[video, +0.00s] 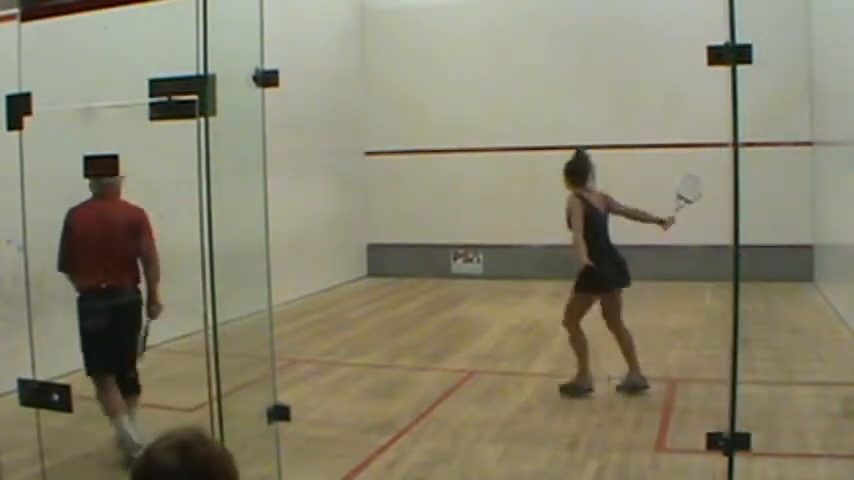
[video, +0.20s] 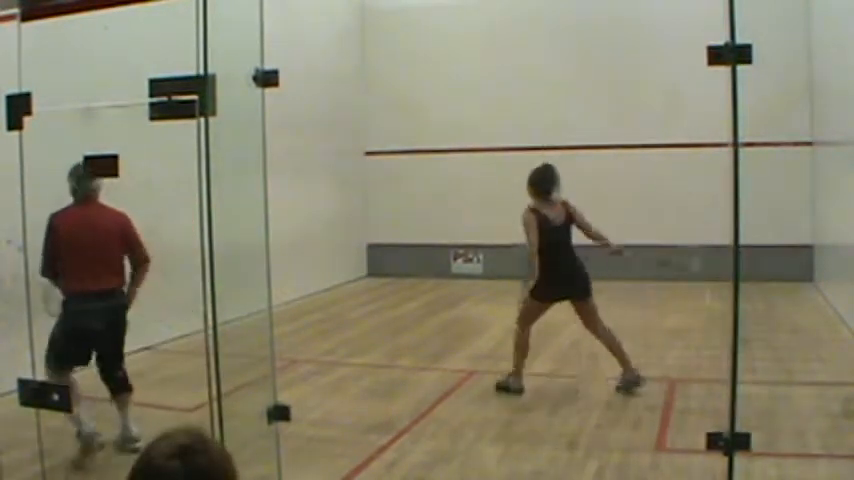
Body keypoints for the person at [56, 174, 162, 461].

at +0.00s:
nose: (116, 186)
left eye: (102, 182)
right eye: (117, 182)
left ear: (92, 185)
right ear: (118, 184)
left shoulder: (76, 215)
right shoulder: (135, 214)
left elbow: (66, 264)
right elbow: (150, 258)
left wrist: (87, 285)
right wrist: (153, 297)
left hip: (92, 303)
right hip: (127, 301)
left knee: (101, 373)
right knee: (127, 368)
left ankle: (125, 433)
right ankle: (131, 433)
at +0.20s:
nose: (75, 190)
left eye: (73, 185)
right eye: (86, 183)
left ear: (72, 188)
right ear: (98, 187)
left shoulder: (59, 222)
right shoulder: (118, 220)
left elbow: (49, 270)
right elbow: (141, 261)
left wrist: (72, 289)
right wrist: (129, 297)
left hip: (77, 309)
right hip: (113, 305)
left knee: (58, 366)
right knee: (113, 367)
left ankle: (84, 427)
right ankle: (127, 430)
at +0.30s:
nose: (73, 189)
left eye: (64, 185)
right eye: (80, 182)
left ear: (58, 188)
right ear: (83, 185)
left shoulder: (47, 222)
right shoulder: (105, 219)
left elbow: (34, 264)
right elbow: (129, 258)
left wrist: (56, 285)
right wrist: (109, 280)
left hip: (66, 309)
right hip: (102, 306)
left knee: (43, 372)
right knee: (109, 368)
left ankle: (41, 447)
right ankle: (129, 430)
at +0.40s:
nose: (58, 190)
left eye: (47, 186)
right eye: (61, 184)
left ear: (40, 189)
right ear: (66, 188)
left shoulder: (30, 225)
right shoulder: (87, 220)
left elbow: (18, 271)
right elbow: (109, 257)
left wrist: (41, 289)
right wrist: (84, 275)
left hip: (52, 313)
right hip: (88, 309)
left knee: (25, 376)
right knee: (100, 368)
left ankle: (16, 447)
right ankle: (127, 429)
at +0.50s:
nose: (27, 192)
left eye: (24, 186)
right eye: (33, 185)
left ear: (20, 189)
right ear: (46, 188)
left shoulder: (10, 226)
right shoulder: (65, 222)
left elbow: (5, 272)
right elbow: (86, 256)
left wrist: (18, 291)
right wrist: (58, 266)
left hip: (29, 314)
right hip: (65, 311)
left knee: (5, 375)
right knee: (82, 368)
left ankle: (11, 451)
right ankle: (120, 427)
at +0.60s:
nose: (24, 191)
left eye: (16, 185)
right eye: (25, 185)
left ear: (2, 188)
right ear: (25, 187)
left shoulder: (2, 220)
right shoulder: (42, 222)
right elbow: (61, 254)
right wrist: (35, 262)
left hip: (8, 312)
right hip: (43, 309)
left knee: (2, 382)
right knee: (46, 366)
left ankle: (7, 450)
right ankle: (73, 427)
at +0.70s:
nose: (7, 189)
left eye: (5, 183)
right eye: (6, 184)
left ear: (4, 186)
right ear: (9, 186)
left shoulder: (19, 225)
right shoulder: (23, 224)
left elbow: (36, 255)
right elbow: (36, 254)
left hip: (12, 310)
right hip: (27, 310)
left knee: (9, 379)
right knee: (9, 379)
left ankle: (8, 444)